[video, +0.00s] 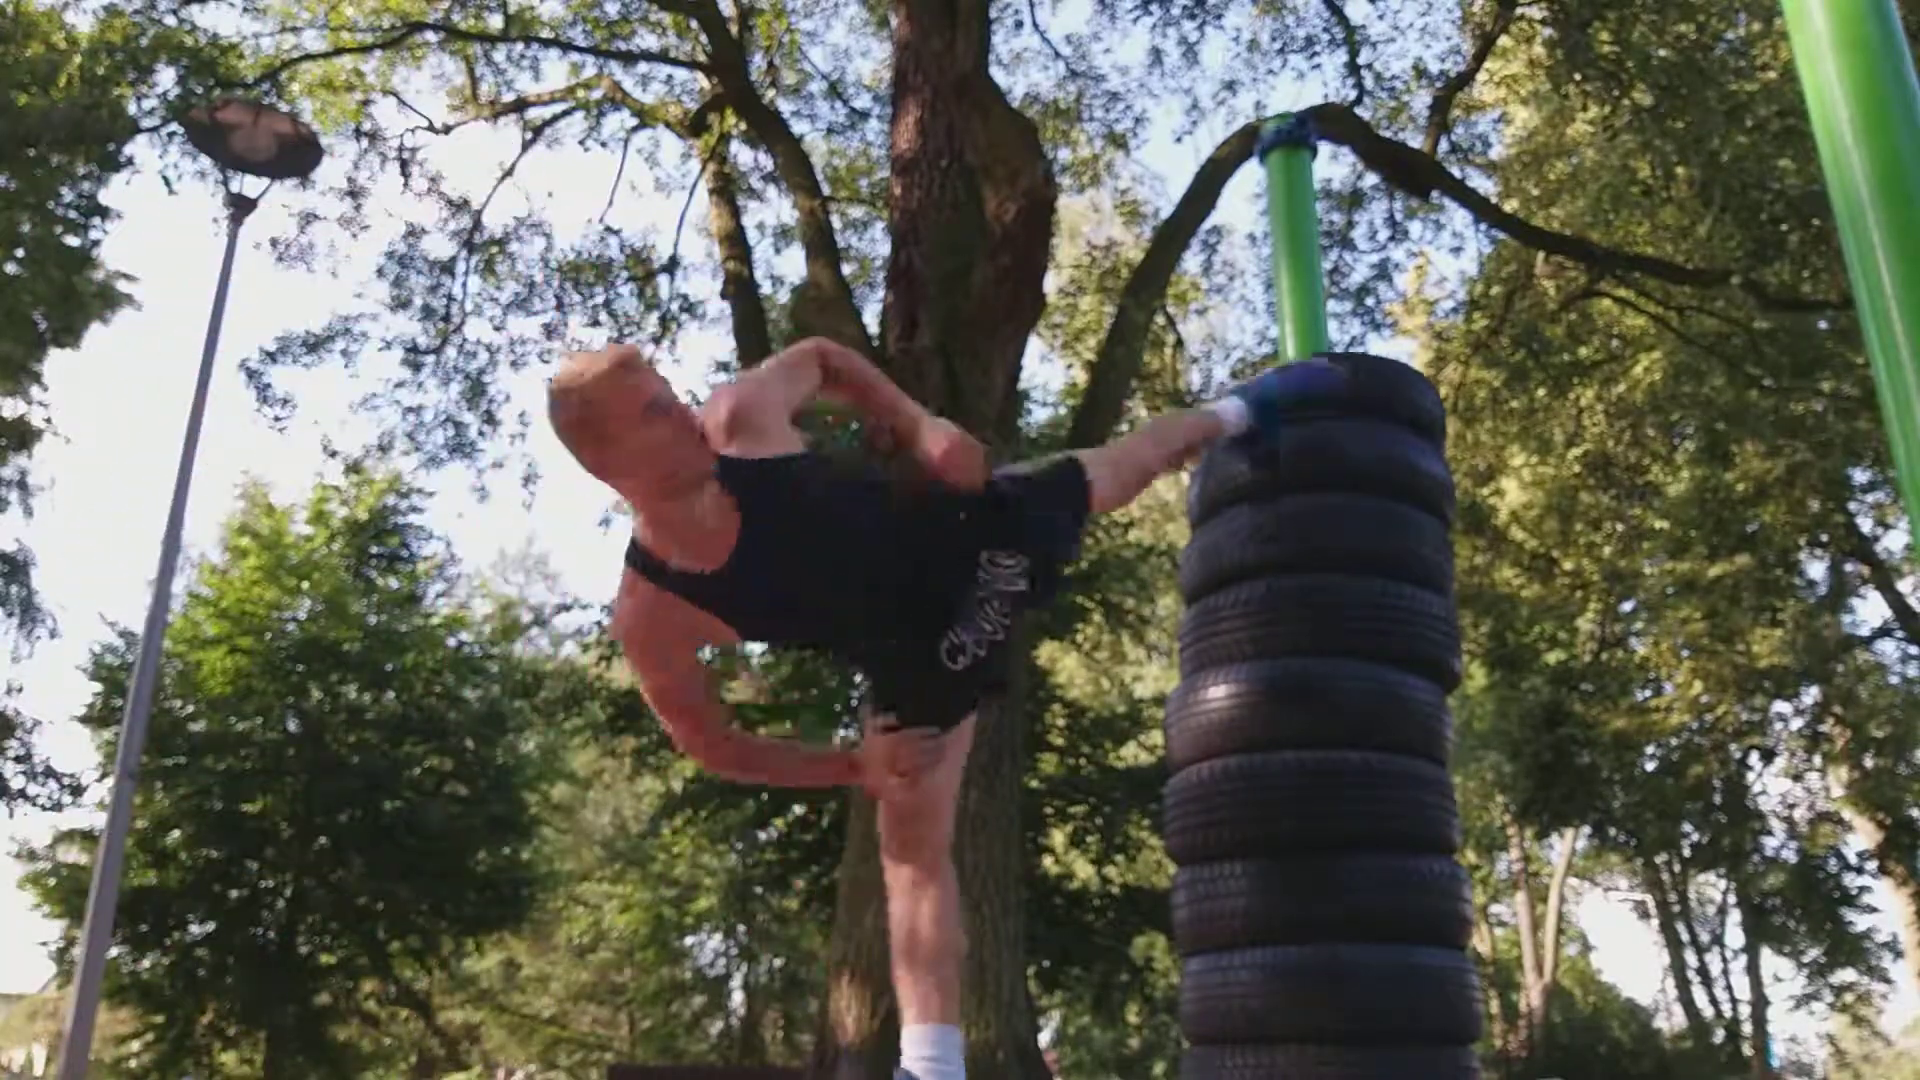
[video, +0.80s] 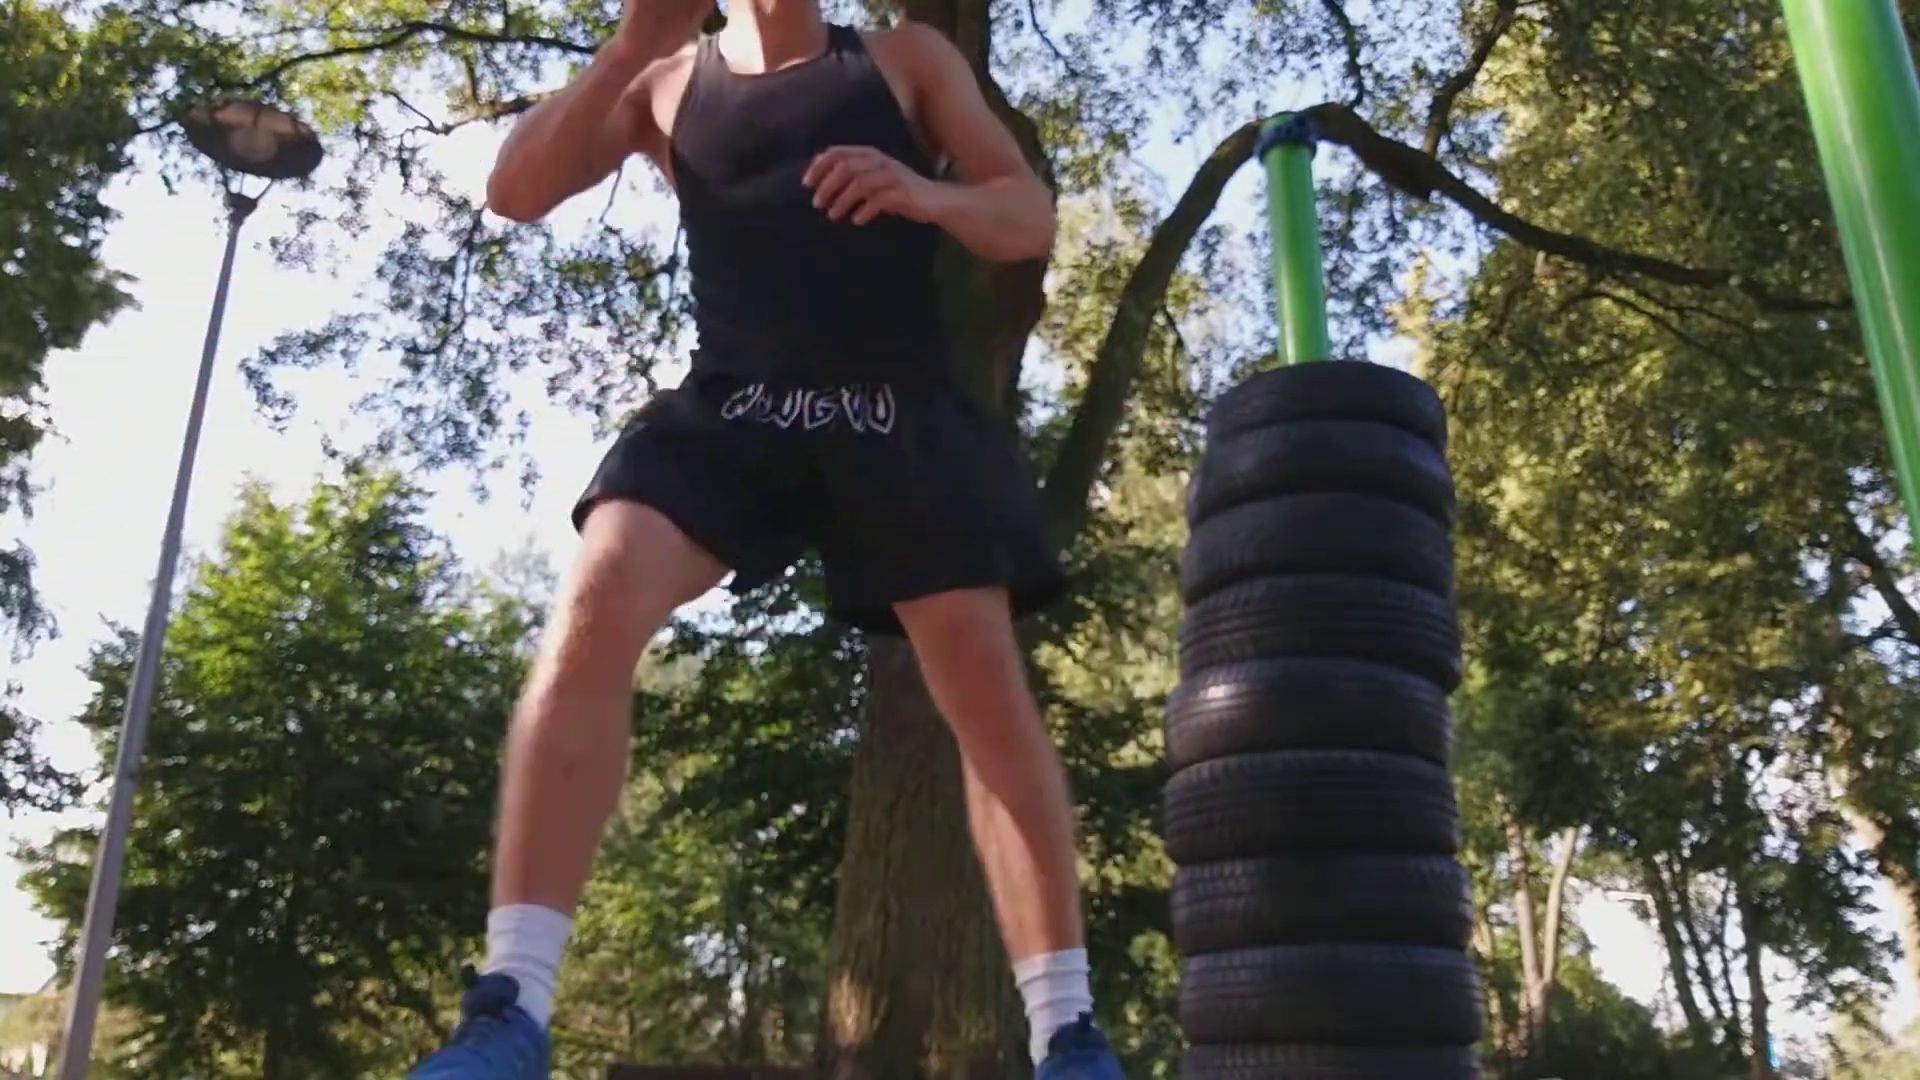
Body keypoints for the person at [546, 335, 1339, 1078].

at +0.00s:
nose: (685, 412)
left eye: (674, 394)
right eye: (655, 413)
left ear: (682, 399)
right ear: (609, 465)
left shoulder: (744, 418)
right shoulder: (651, 615)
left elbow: (821, 356)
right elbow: (713, 747)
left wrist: (919, 423)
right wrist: (844, 767)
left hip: (964, 536)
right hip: (911, 652)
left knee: (1124, 467)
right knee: (911, 840)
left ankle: (1238, 408)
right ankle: (931, 1064)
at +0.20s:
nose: (690, 403)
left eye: (696, 373)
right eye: (660, 393)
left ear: (716, 354)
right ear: (622, 409)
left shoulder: (800, 368)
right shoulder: (669, 543)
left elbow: (951, 332)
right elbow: (765, 674)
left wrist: (1059, 422)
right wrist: (879, 746)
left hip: (1016, 519)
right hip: (949, 630)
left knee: (1245, 519)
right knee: (949, 836)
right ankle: (945, 1066)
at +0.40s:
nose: (777, 131)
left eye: (796, 107)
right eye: (753, 110)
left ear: (828, 118)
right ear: (716, 129)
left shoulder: (910, 209)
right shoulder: (699, 283)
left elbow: (1062, 319)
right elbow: (692, 447)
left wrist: (972, 373)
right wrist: (723, 564)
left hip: (989, 489)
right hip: (877, 557)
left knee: (1086, 661)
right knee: (907, 826)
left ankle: (1162, 980)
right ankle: (940, 1068)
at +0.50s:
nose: (837, 59)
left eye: (859, 36)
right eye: (811, 40)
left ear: (891, 58)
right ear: (768, 71)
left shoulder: (959, 181)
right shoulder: (755, 238)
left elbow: (1033, 344)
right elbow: (709, 405)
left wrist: (851, 370)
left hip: (984, 493)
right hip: (855, 535)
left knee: (1017, 683)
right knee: (820, 834)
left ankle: (1078, 1039)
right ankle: (933, 1060)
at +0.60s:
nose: (871, 0)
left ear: (907, 16)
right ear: (793, 15)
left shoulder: (961, 122)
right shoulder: (769, 175)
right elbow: (710, 354)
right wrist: (592, 254)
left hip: (969, 474)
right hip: (827, 500)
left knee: (1032, 678)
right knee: (707, 765)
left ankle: (1086, 1038)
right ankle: (891, 980)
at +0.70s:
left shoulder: (938, 61)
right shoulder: (718, 105)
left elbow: (1022, 219)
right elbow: (634, 287)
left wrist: (844, 185)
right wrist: (607, 163)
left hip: (936, 426)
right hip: (782, 437)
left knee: (1005, 676)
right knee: (640, 642)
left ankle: (1075, 1035)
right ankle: (780, 981)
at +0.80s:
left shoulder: (907, 54)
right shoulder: (666, 79)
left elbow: (1029, 216)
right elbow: (515, 193)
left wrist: (929, 195)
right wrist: (625, 44)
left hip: (903, 415)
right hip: (732, 413)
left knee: (980, 665)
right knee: (598, 594)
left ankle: (1067, 1037)